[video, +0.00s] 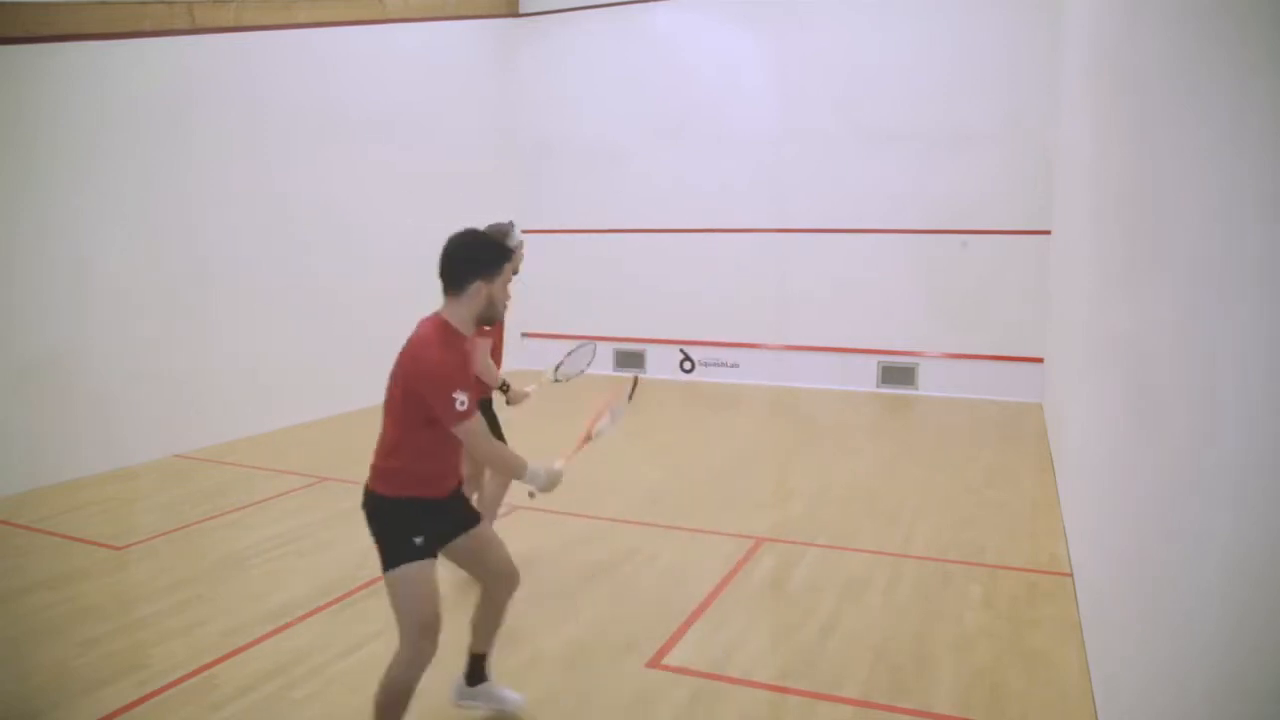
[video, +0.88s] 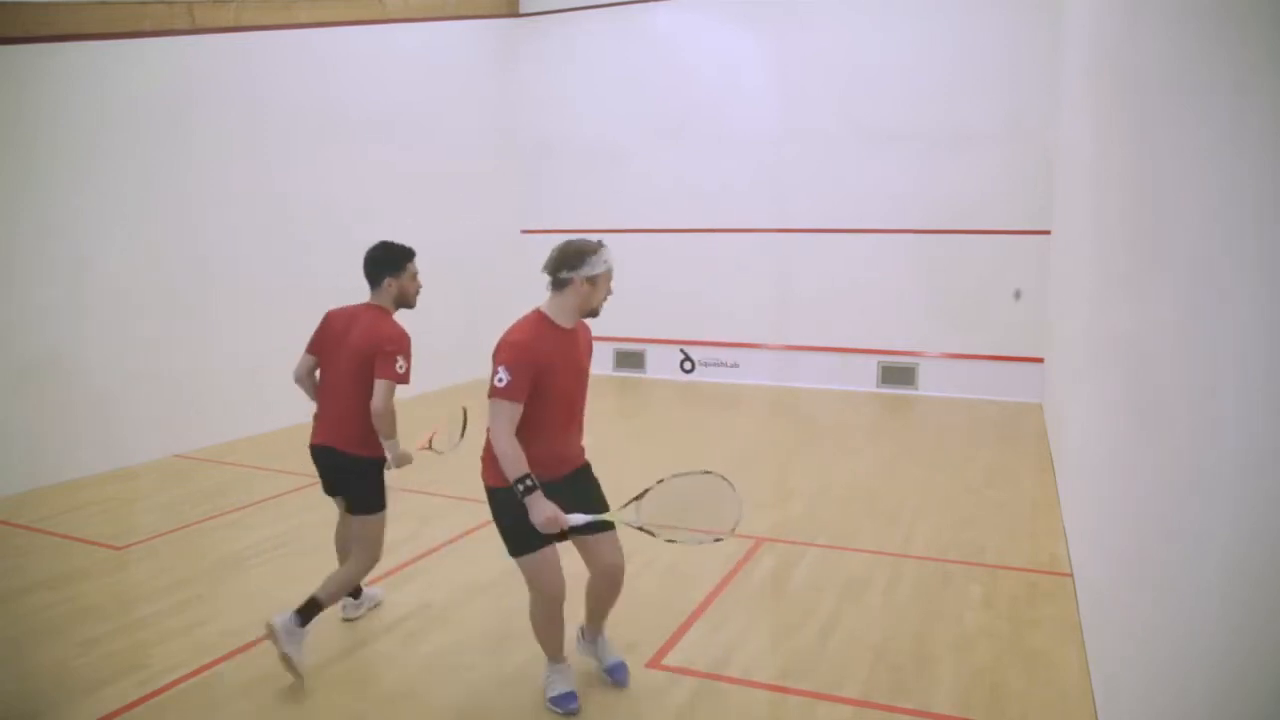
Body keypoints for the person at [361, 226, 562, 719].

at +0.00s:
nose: (509, 294)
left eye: (509, 283)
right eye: (506, 283)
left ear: (472, 284)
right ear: (482, 285)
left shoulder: (463, 342)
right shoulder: (433, 350)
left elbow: (470, 427)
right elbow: (481, 445)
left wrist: (471, 484)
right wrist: (532, 473)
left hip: (440, 496)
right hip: (398, 503)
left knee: (502, 578)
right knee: (418, 642)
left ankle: (474, 682)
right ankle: (385, 718)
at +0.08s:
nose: (474, 302)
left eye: (473, 291)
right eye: (471, 291)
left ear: (424, 293)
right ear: (452, 295)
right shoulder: (414, 365)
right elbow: (452, 461)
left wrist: (435, 504)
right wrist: (502, 479)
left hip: (405, 520)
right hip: (374, 528)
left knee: (463, 587)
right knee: (377, 677)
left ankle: (402, 668)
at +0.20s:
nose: (433, 317)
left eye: (429, 306)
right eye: (427, 307)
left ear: (383, 317)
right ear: (409, 317)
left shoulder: (356, 372)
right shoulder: (380, 389)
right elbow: (402, 493)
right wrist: (468, 522)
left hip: (334, 536)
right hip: (345, 548)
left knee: (382, 607)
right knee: (365, 688)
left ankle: (284, 682)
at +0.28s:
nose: (413, 299)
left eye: (409, 289)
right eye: (407, 290)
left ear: (365, 301)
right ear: (389, 301)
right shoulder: (368, 367)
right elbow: (362, 464)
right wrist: (420, 517)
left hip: (310, 514)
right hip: (331, 525)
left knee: (310, 619)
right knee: (334, 654)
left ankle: (244, 704)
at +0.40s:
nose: (400, 267)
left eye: (396, 256)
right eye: (394, 258)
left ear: (357, 270)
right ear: (376, 267)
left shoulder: (329, 317)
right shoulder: (360, 326)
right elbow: (337, 402)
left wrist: (304, 440)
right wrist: (370, 471)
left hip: (296, 473)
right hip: (319, 481)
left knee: (292, 594)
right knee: (320, 602)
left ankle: (247, 694)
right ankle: (284, 713)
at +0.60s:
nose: (393, 264)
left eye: (389, 255)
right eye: (388, 256)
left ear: (349, 267)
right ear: (369, 265)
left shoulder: (308, 311)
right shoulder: (365, 326)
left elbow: (267, 372)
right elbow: (343, 403)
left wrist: (281, 432)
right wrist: (359, 453)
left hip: (291, 454)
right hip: (319, 463)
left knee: (311, 545)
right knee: (285, 573)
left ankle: (301, 629)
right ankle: (235, 676)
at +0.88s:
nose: (420, 283)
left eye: (418, 274)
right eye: (414, 276)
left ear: (379, 282)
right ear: (391, 282)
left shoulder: (336, 318)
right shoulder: (392, 336)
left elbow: (303, 374)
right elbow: (380, 407)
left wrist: (332, 405)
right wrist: (394, 448)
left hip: (324, 447)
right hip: (359, 455)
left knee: (348, 517)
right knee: (364, 557)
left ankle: (353, 595)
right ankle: (294, 624)